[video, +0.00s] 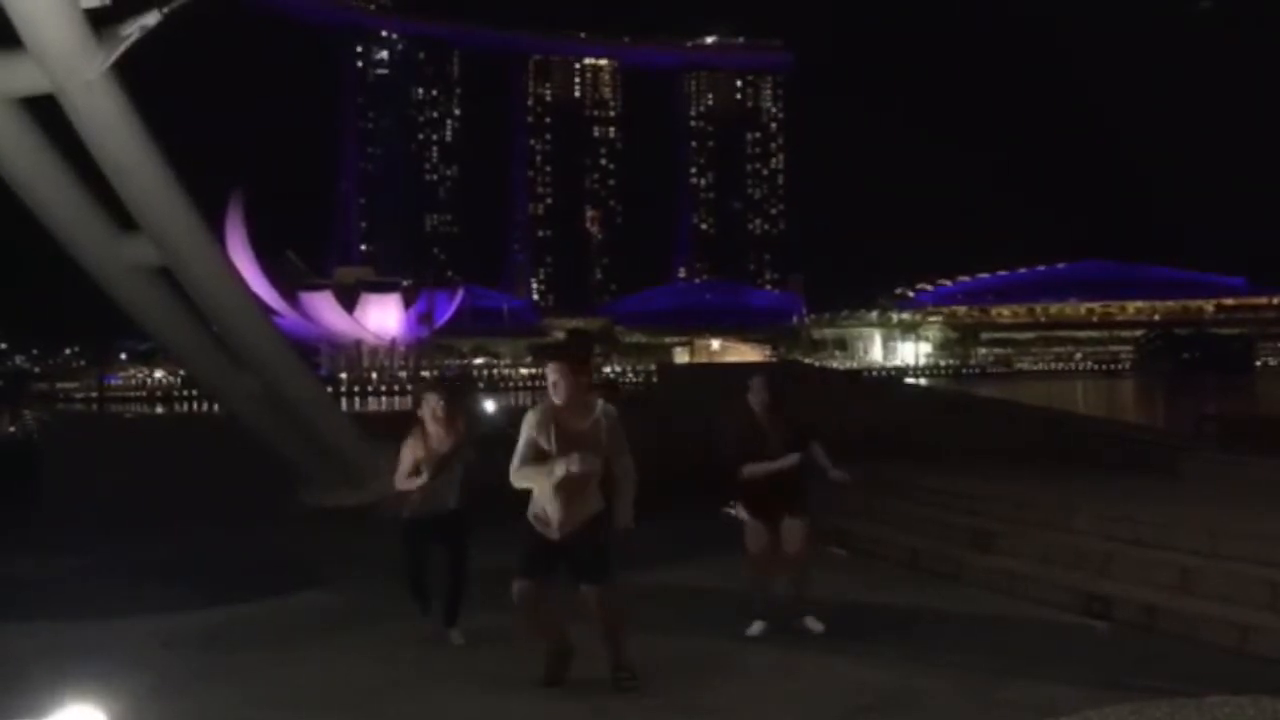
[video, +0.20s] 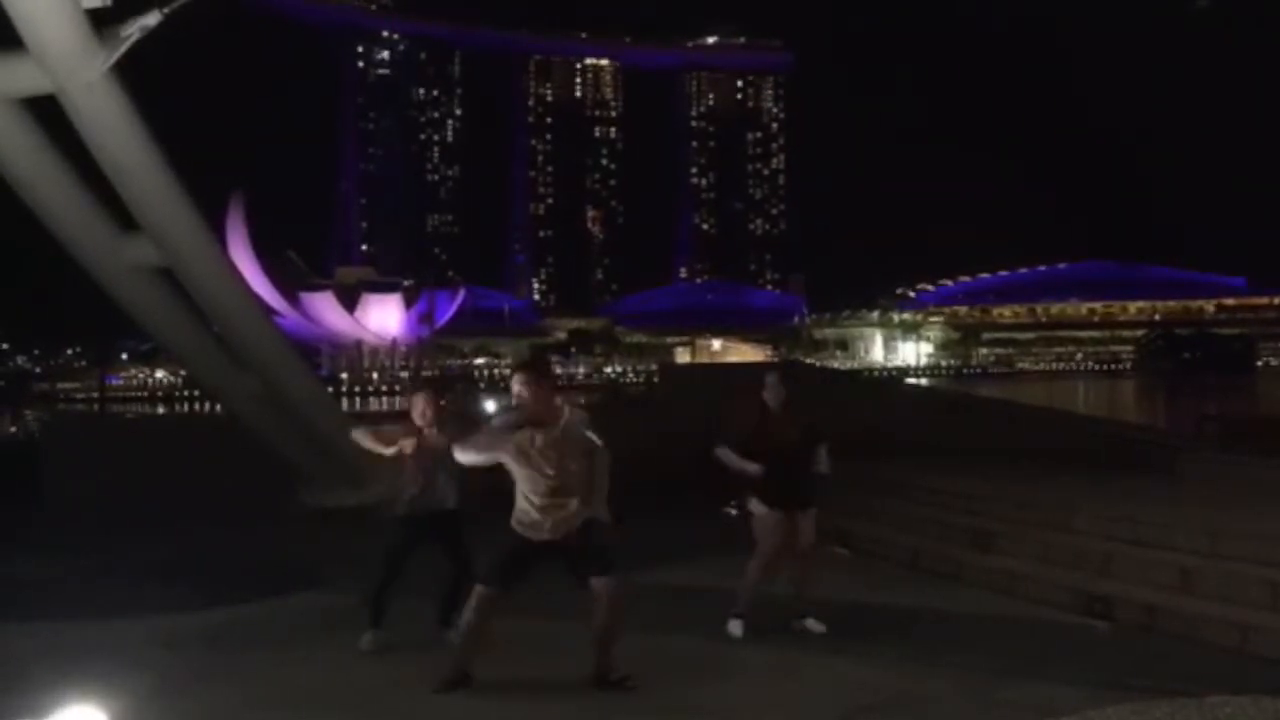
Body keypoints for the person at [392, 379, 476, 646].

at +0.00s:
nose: (438, 409)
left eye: (442, 403)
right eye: (431, 404)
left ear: (448, 407)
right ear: (421, 410)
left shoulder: (458, 438)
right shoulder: (415, 443)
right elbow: (399, 481)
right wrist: (422, 479)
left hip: (451, 512)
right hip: (420, 514)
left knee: (457, 567)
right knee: (415, 565)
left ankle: (452, 623)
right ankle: (424, 607)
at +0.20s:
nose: (424, 411)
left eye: (428, 405)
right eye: (418, 406)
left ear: (439, 408)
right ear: (410, 410)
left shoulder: (450, 436)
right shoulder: (407, 436)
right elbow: (357, 433)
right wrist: (386, 449)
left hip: (446, 511)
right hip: (411, 511)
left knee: (461, 568)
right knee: (391, 566)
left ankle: (446, 624)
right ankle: (374, 627)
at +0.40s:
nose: (426, 414)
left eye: (429, 408)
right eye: (419, 409)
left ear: (437, 410)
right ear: (410, 414)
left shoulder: (447, 439)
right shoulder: (405, 442)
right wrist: (409, 462)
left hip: (439, 519)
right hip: (404, 519)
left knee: (459, 571)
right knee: (387, 573)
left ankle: (444, 627)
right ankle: (368, 631)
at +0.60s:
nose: (430, 399)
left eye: (434, 393)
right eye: (424, 394)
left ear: (442, 395)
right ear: (415, 397)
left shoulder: (450, 420)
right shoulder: (408, 418)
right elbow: (369, 421)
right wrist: (404, 436)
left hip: (444, 500)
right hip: (411, 502)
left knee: (463, 562)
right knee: (404, 563)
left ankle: (444, 621)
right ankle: (394, 624)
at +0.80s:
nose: (435, 408)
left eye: (440, 402)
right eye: (429, 403)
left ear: (449, 405)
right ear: (420, 406)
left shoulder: (451, 433)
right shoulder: (416, 435)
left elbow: (470, 454)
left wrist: (496, 453)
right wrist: (436, 453)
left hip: (449, 513)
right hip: (418, 517)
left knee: (462, 568)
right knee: (419, 571)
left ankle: (438, 628)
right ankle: (393, 615)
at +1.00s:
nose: (435, 400)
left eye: (440, 393)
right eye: (429, 394)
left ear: (448, 397)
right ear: (419, 398)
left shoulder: (454, 432)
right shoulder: (413, 431)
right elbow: (371, 459)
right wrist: (403, 465)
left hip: (445, 508)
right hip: (414, 511)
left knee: (456, 569)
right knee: (416, 572)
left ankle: (438, 629)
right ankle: (396, 633)